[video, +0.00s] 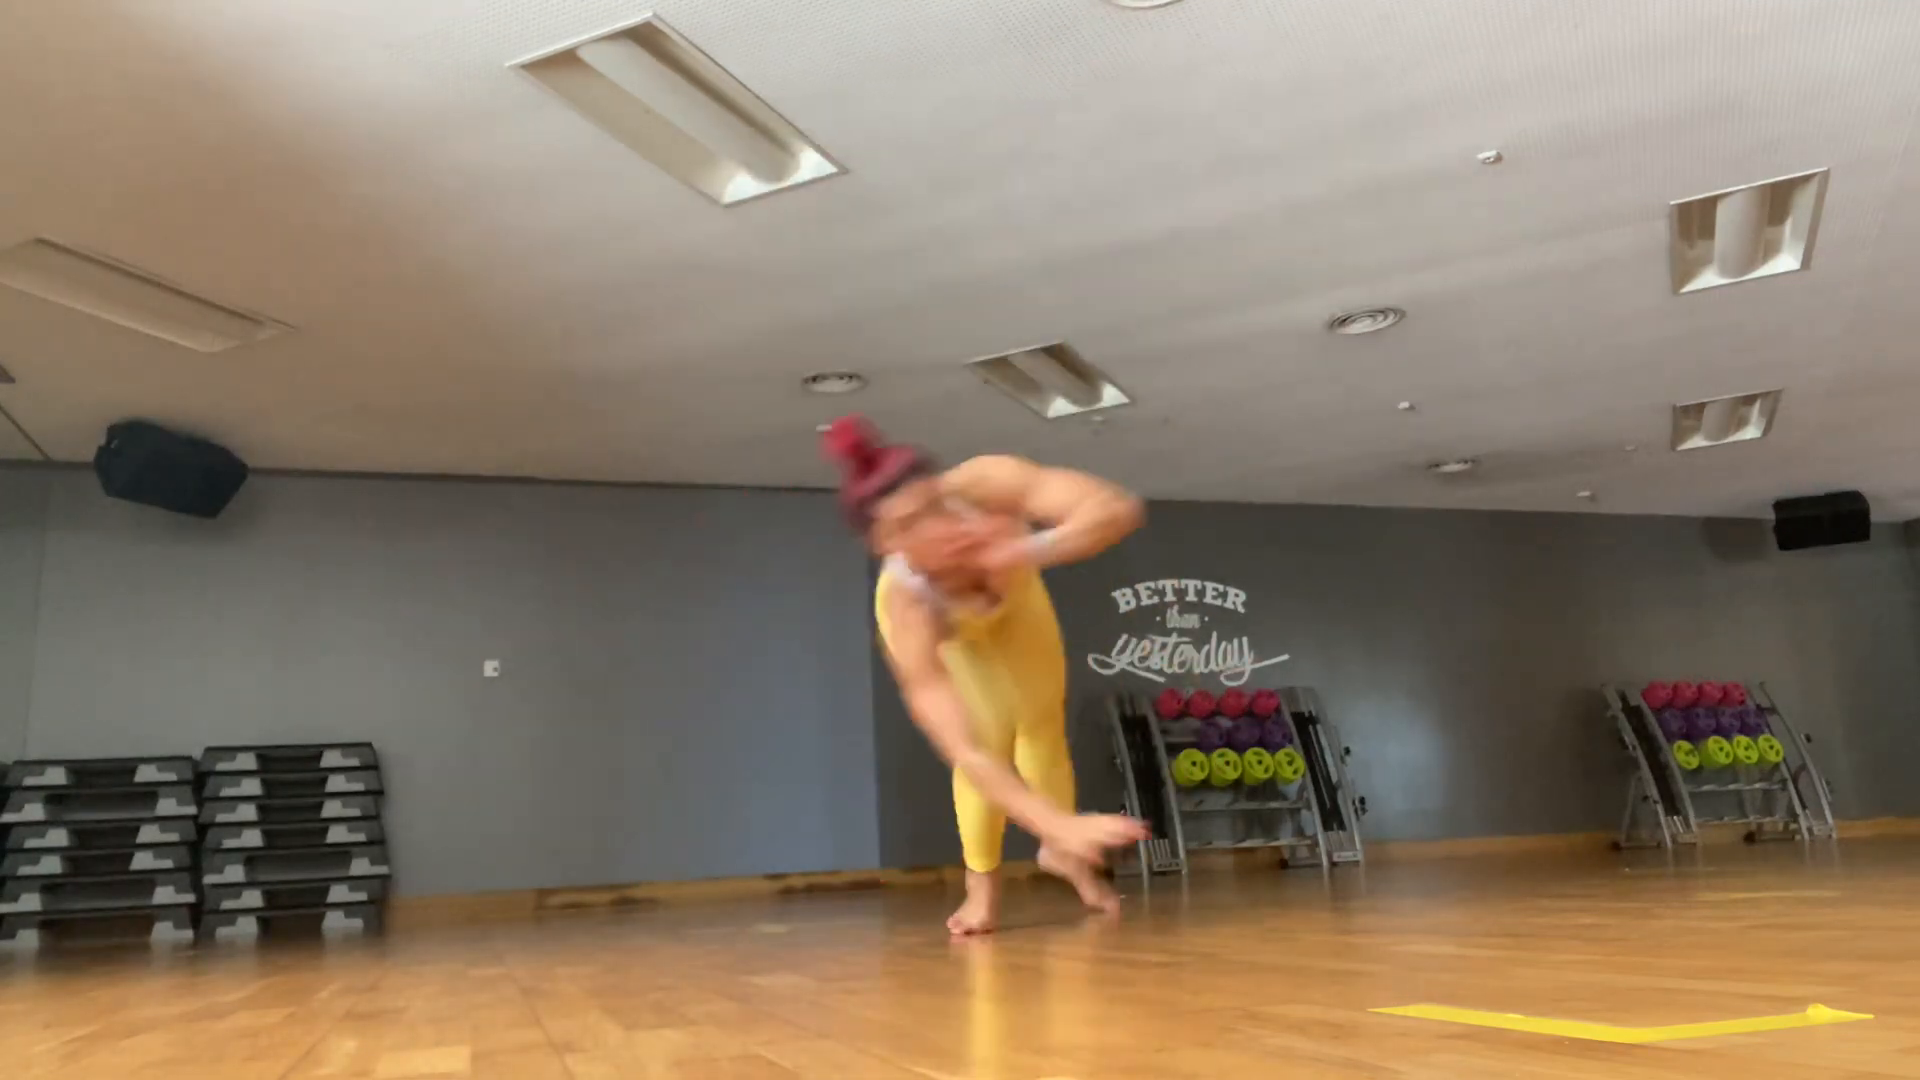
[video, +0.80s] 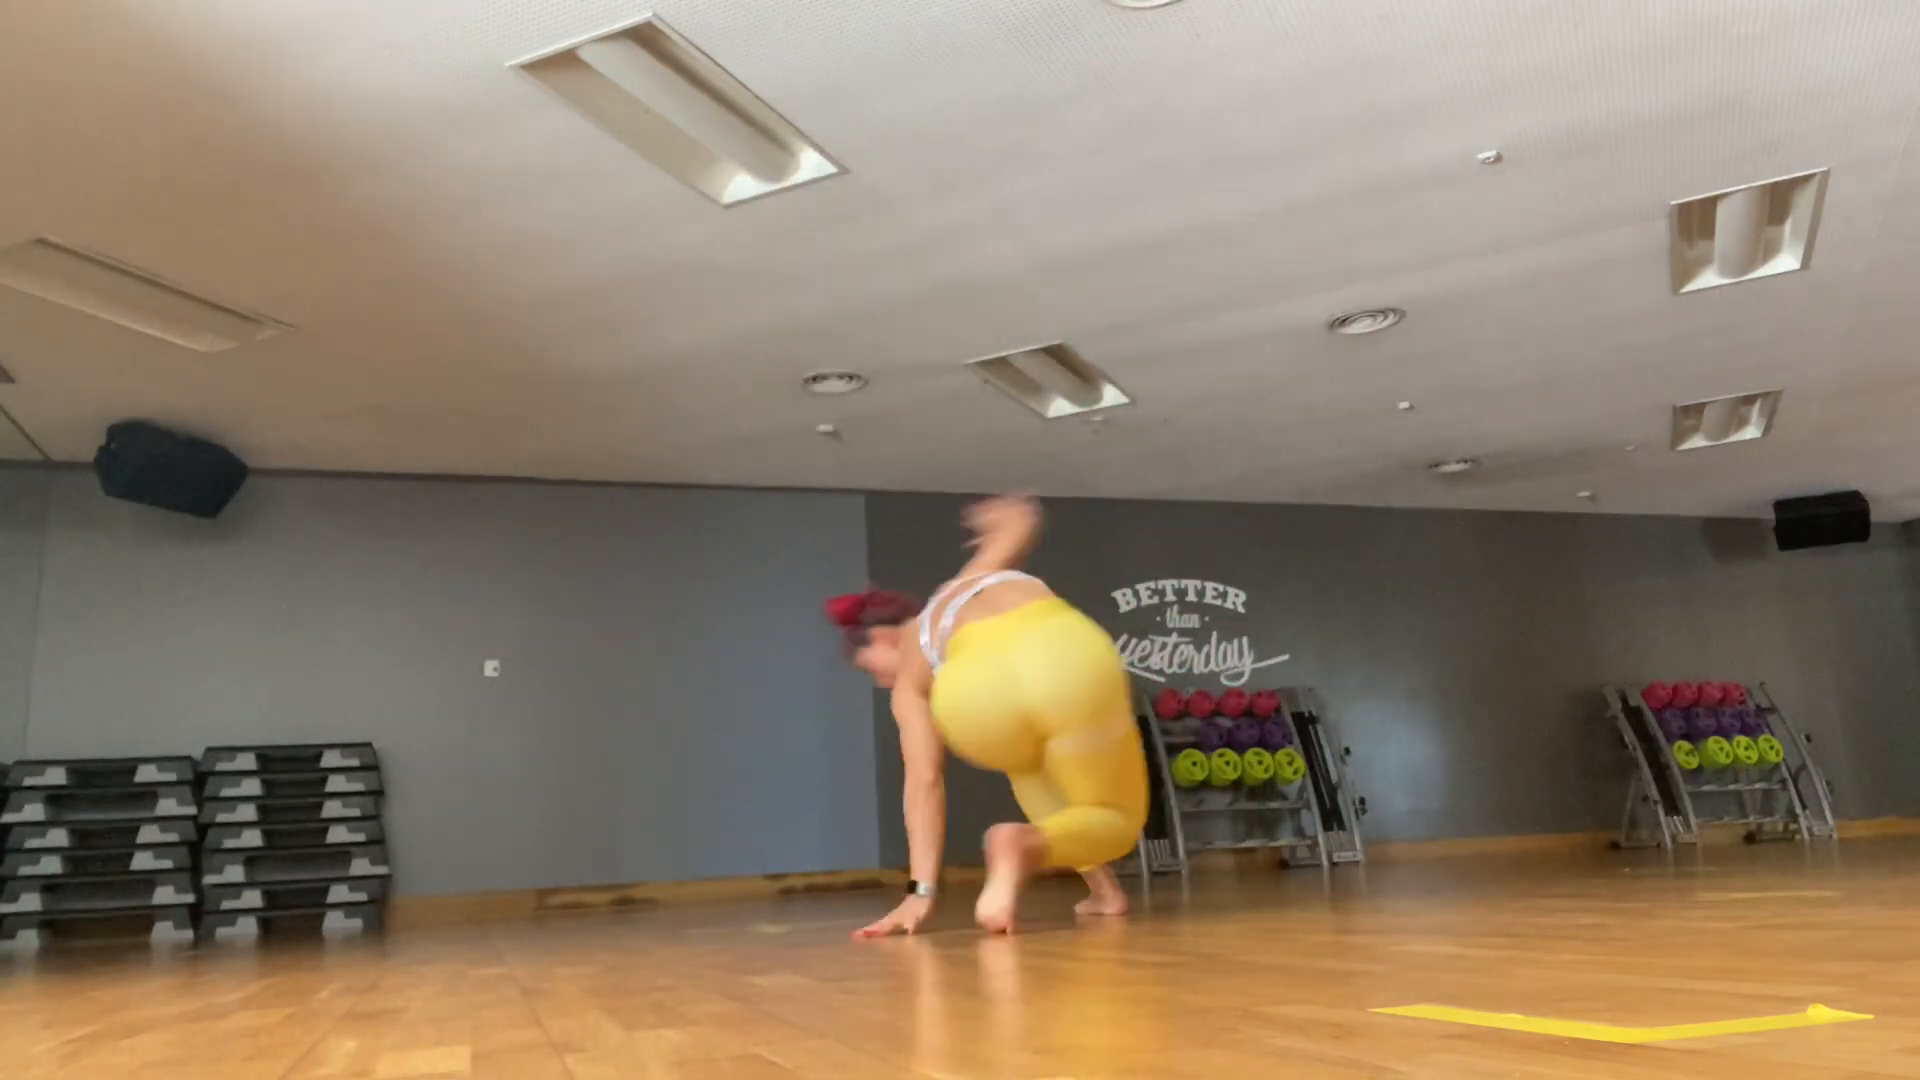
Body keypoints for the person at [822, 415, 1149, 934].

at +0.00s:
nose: (930, 531)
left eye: (930, 509)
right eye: (904, 527)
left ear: (943, 491)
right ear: (880, 542)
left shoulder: (983, 481)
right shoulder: (902, 601)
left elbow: (1118, 509)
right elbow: (962, 749)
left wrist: (1028, 553)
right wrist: (1059, 825)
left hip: (1019, 606)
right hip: (954, 641)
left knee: (1045, 727)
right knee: (981, 747)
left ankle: (1061, 852)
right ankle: (980, 887)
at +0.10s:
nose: (1046, 518)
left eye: (1047, 496)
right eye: (1022, 507)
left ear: (1055, 487)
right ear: (986, 517)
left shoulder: (1064, 480)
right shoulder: (986, 587)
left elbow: (1182, 470)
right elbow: (1055, 743)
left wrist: (1166, 496)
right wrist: (1147, 860)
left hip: (990, 622)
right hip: (908, 623)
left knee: (1040, 720)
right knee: (1021, 724)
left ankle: (1043, 870)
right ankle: (960, 878)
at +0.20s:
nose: (1153, 547)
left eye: (1154, 528)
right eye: (1131, 531)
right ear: (1083, 532)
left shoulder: (1082, 517)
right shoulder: (1063, 613)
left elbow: (1188, 472)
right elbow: (1122, 766)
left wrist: (1227, 489)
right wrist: (1189, 898)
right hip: (912, 659)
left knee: (1014, 734)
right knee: (1079, 738)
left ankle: (1045, 873)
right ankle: (956, 858)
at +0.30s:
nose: (1215, 587)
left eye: (1224, 571)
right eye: (1202, 564)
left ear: (1147, 542)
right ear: (1154, 547)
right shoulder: (1104, 630)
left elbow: (1119, 511)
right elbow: (1125, 787)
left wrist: (1209, 493)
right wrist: (1188, 908)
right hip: (946, 719)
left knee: (1007, 760)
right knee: (1116, 782)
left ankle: (1056, 882)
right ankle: (974, 849)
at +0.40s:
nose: (1209, 588)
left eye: (1220, 576)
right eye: (1198, 564)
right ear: (1152, 550)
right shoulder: (1119, 638)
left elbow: (1023, 578)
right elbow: (1134, 781)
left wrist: (1080, 541)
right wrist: (1188, 907)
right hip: (964, 745)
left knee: (979, 829)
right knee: (1114, 788)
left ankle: (1050, 888)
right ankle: (981, 851)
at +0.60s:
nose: (1112, 605)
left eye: (1110, 594)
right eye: (1108, 591)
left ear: (1046, 578)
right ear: (1085, 576)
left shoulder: (982, 625)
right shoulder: (1080, 597)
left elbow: (904, 723)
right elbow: (1186, 638)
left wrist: (848, 833)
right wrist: (1306, 678)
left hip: (901, 771)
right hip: (991, 747)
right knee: (1094, 801)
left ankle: (1058, 879)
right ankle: (988, 858)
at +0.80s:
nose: (879, 680)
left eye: (868, 666)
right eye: (867, 671)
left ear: (881, 638)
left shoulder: (909, 678)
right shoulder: (970, 579)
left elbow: (924, 780)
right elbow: (1019, 518)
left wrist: (921, 892)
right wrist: (997, 511)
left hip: (973, 684)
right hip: (1066, 650)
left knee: (1027, 770)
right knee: (1117, 816)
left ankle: (1105, 890)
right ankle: (1024, 846)